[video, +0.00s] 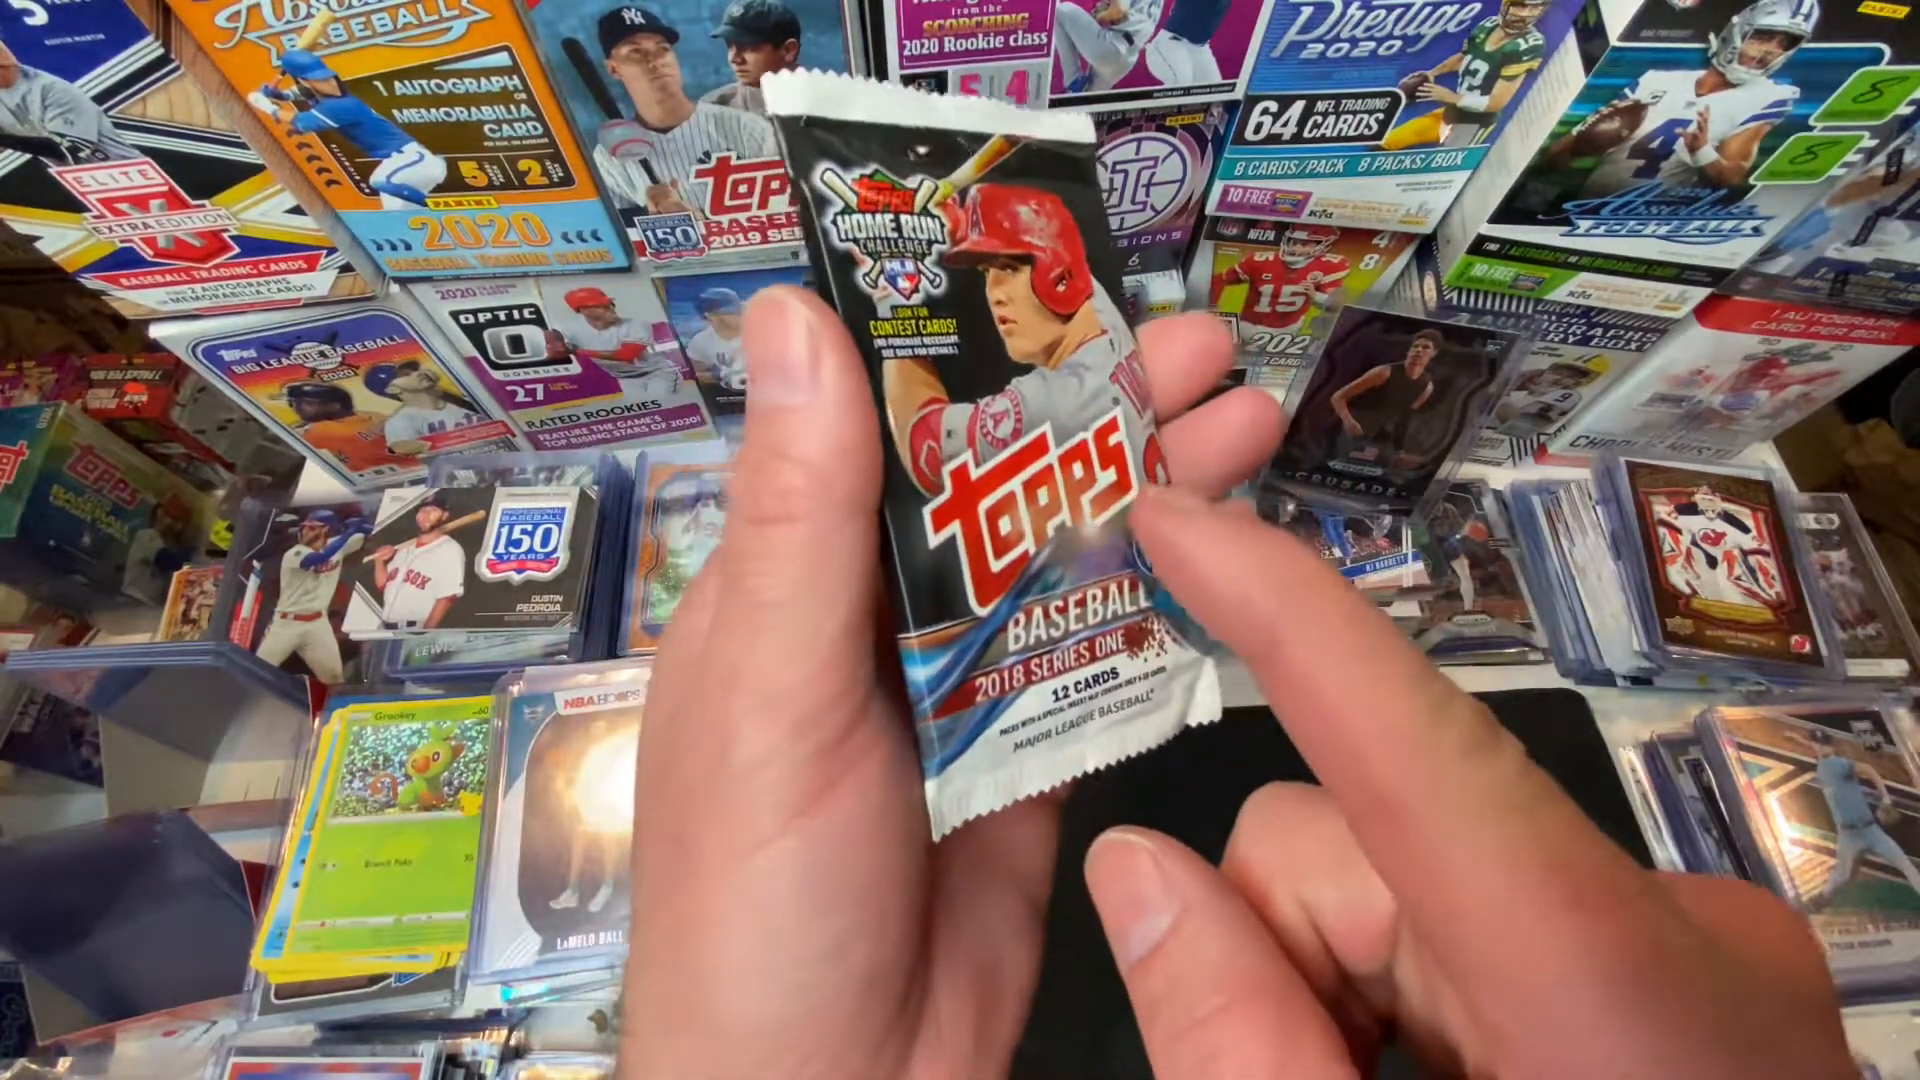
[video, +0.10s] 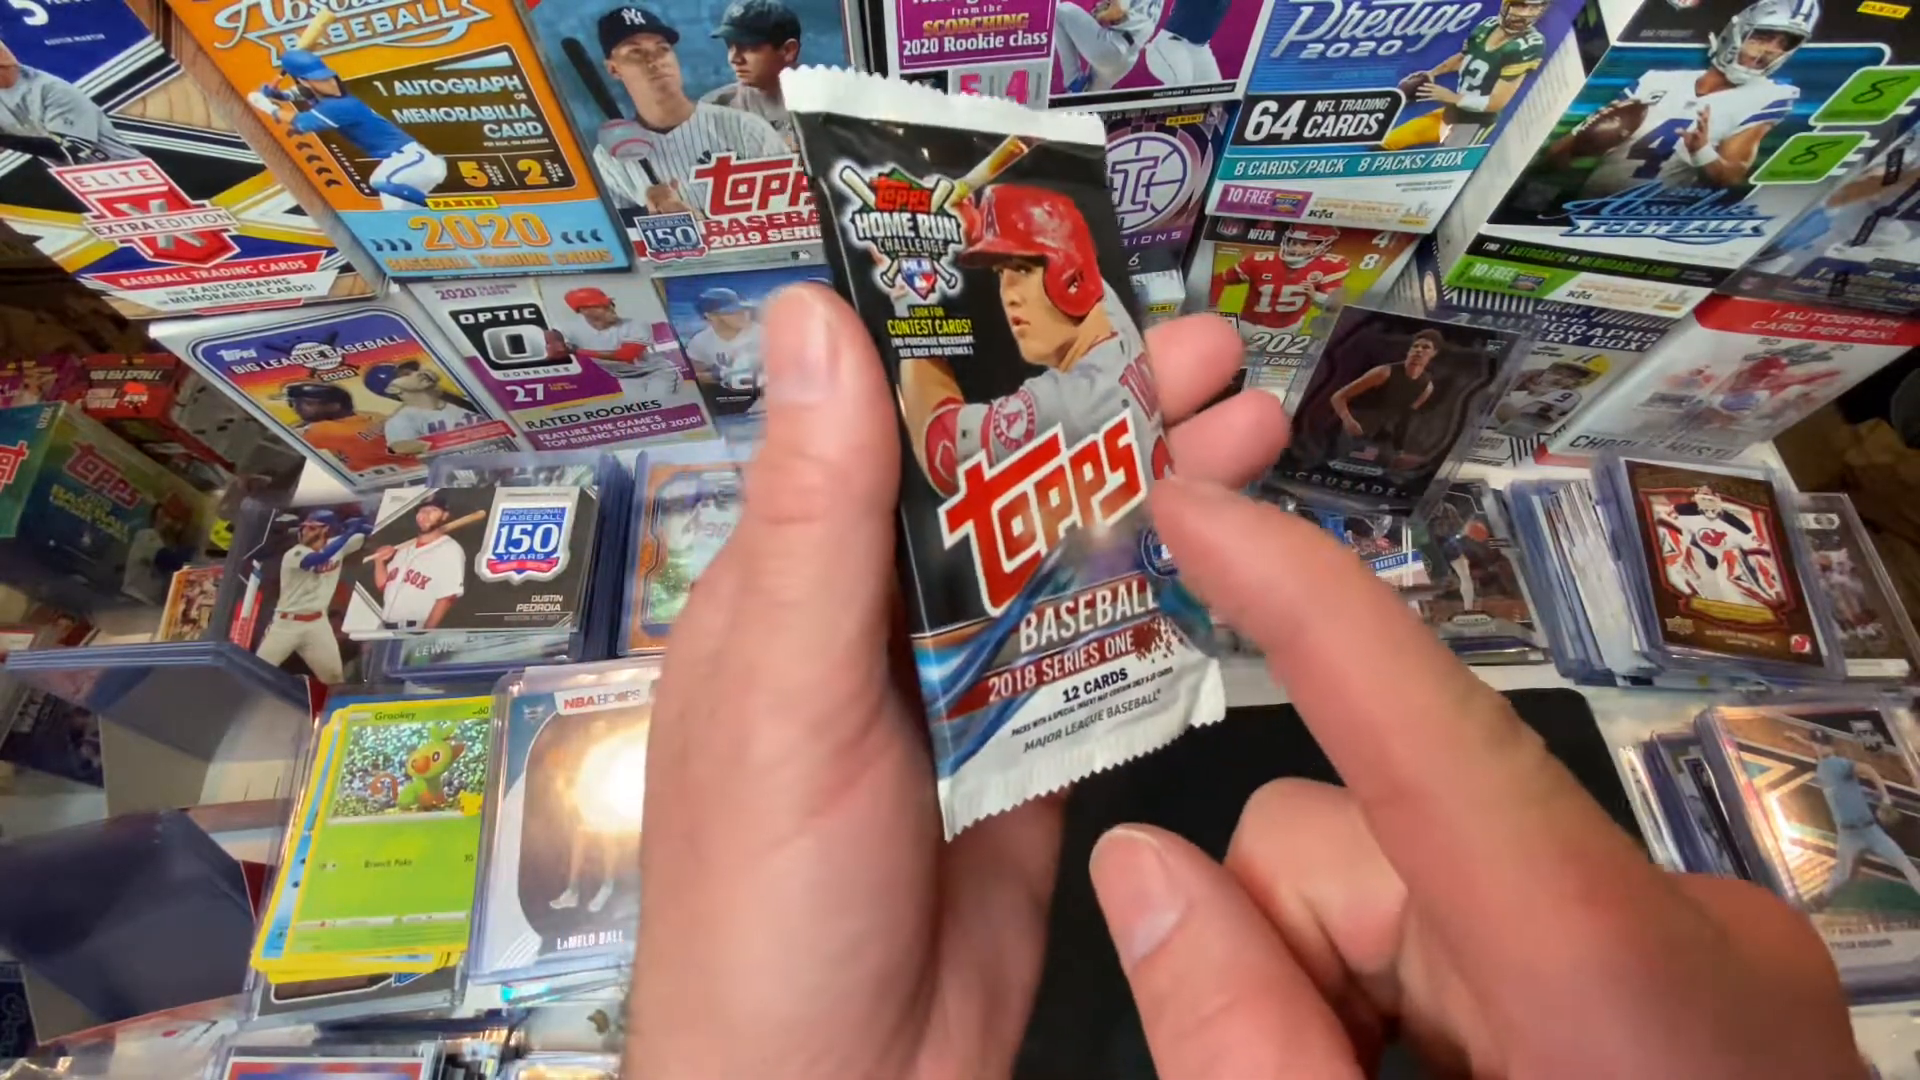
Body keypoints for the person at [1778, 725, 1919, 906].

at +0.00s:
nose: (1823, 749)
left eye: (1826, 744)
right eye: (1819, 746)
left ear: (1831, 745)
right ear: (1814, 748)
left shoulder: (1839, 764)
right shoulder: (1823, 766)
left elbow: (1868, 770)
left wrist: (1885, 797)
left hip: (1870, 828)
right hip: (1847, 834)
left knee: (1904, 864)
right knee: (1843, 874)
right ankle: (1823, 897)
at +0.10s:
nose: (1823, 749)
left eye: (1825, 744)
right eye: (1819, 745)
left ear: (1831, 745)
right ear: (1814, 748)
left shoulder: (1839, 764)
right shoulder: (1823, 767)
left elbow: (1868, 770)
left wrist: (1885, 797)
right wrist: (1796, 738)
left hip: (1871, 828)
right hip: (1847, 834)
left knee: (1904, 863)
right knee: (1843, 875)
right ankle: (1823, 897)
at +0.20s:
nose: (1822, 749)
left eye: (1825, 744)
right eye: (1818, 745)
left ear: (1831, 745)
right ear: (1815, 749)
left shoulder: (1839, 764)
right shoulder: (1823, 766)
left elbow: (1869, 770)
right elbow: (1813, 750)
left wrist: (1885, 798)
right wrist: (1798, 739)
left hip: (1870, 829)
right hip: (1847, 834)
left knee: (1904, 863)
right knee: (1843, 875)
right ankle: (1822, 899)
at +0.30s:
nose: (1823, 749)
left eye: (1825, 744)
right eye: (1818, 745)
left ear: (1831, 745)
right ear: (1814, 748)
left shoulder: (1839, 763)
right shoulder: (1823, 766)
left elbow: (1868, 770)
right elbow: (1812, 748)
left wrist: (1885, 797)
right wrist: (1798, 739)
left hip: (1870, 828)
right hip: (1847, 833)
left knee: (1903, 863)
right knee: (1843, 873)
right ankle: (1824, 897)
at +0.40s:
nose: (1823, 749)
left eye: (1825, 745)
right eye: (1819, 746)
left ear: (1831, 745)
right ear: (1814, 748)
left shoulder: (1840, 763)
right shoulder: (1822, 767)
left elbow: (1868, 770)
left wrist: (1885, 797)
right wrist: (1797, 739)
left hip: (1870, 828)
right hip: (1847, 833)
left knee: (1903, 863)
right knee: (1842, 873)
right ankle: (1823, 897)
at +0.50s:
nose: (1822, 749)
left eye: (1824, 744)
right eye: (1818, 746)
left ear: (1830, 745)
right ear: (1815, 748)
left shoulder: (1840, 763)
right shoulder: (1822, 766)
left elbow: (1869, 770)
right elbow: (1812, 746)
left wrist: (1885, 797)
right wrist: (1797, 739)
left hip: (1870, 829)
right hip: (1847, 834)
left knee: (1903, 863)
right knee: (1842, 874)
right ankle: (1824, 897)